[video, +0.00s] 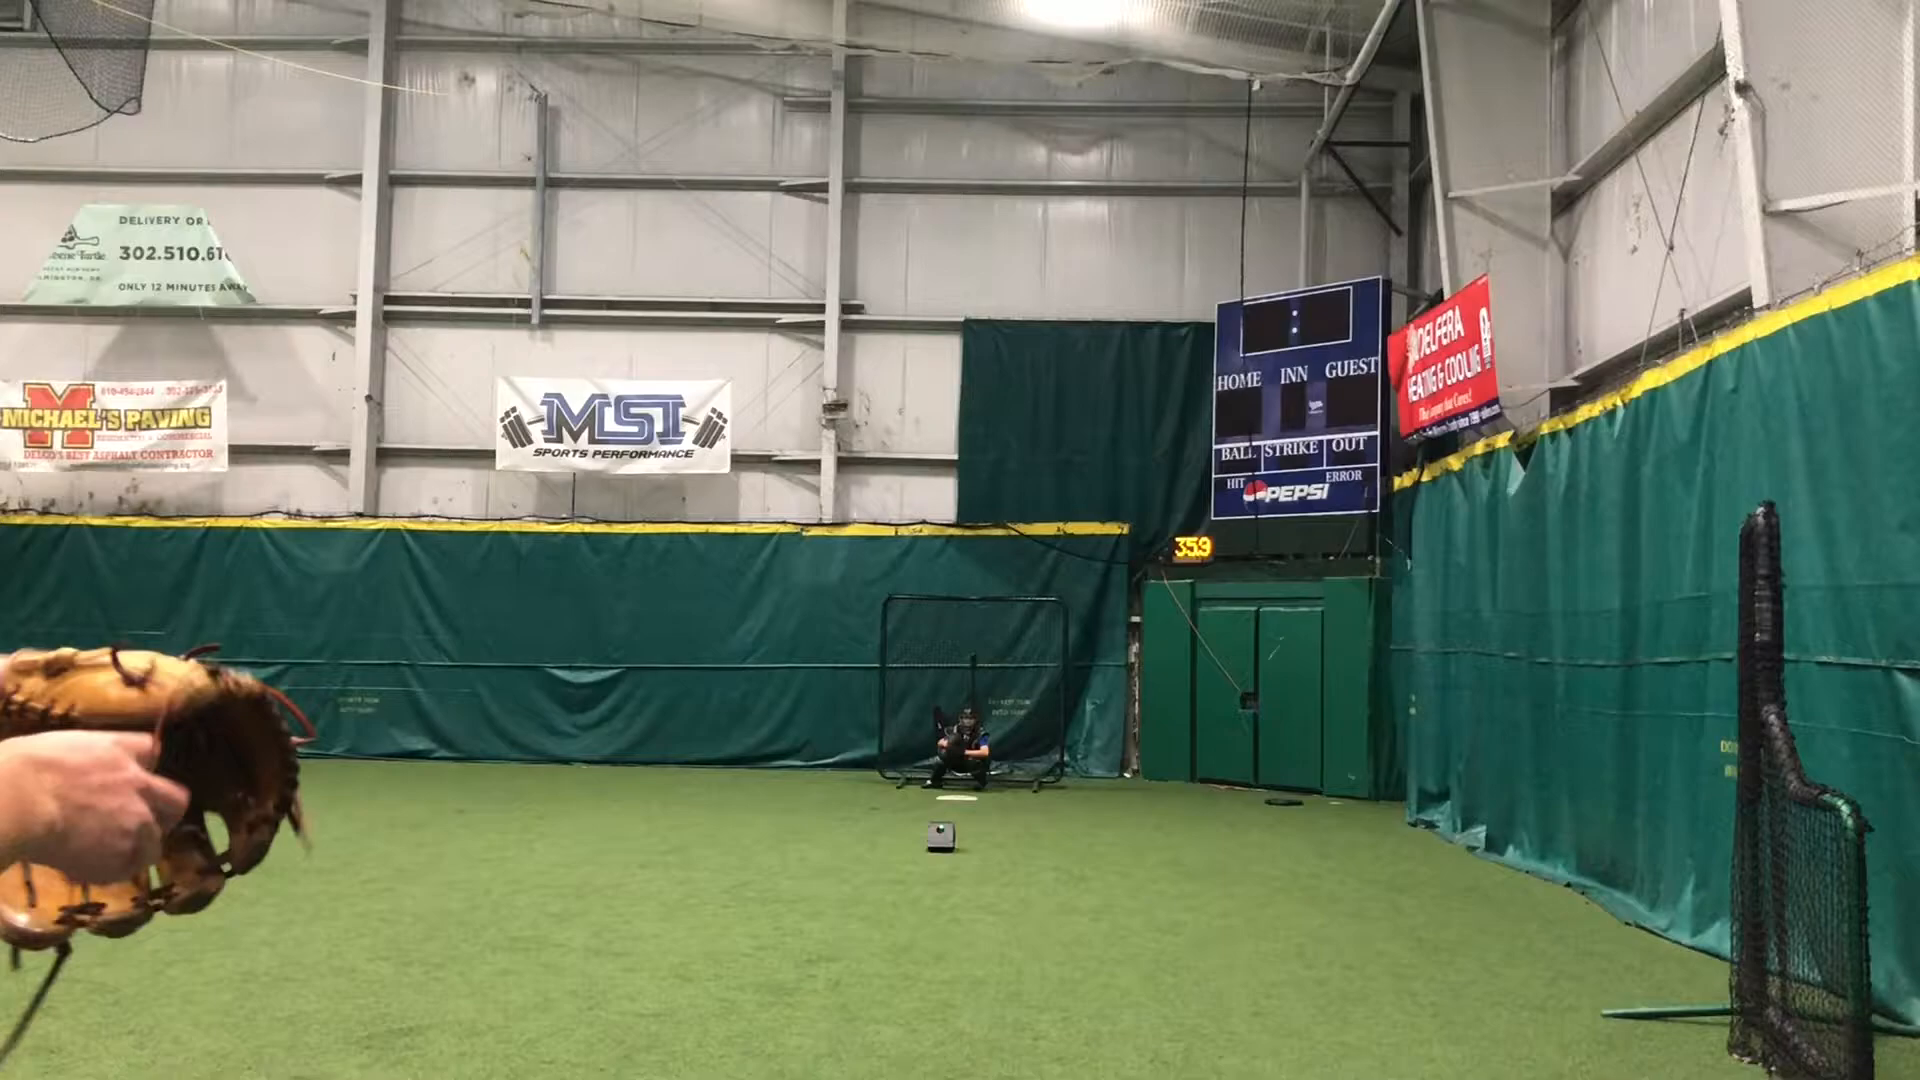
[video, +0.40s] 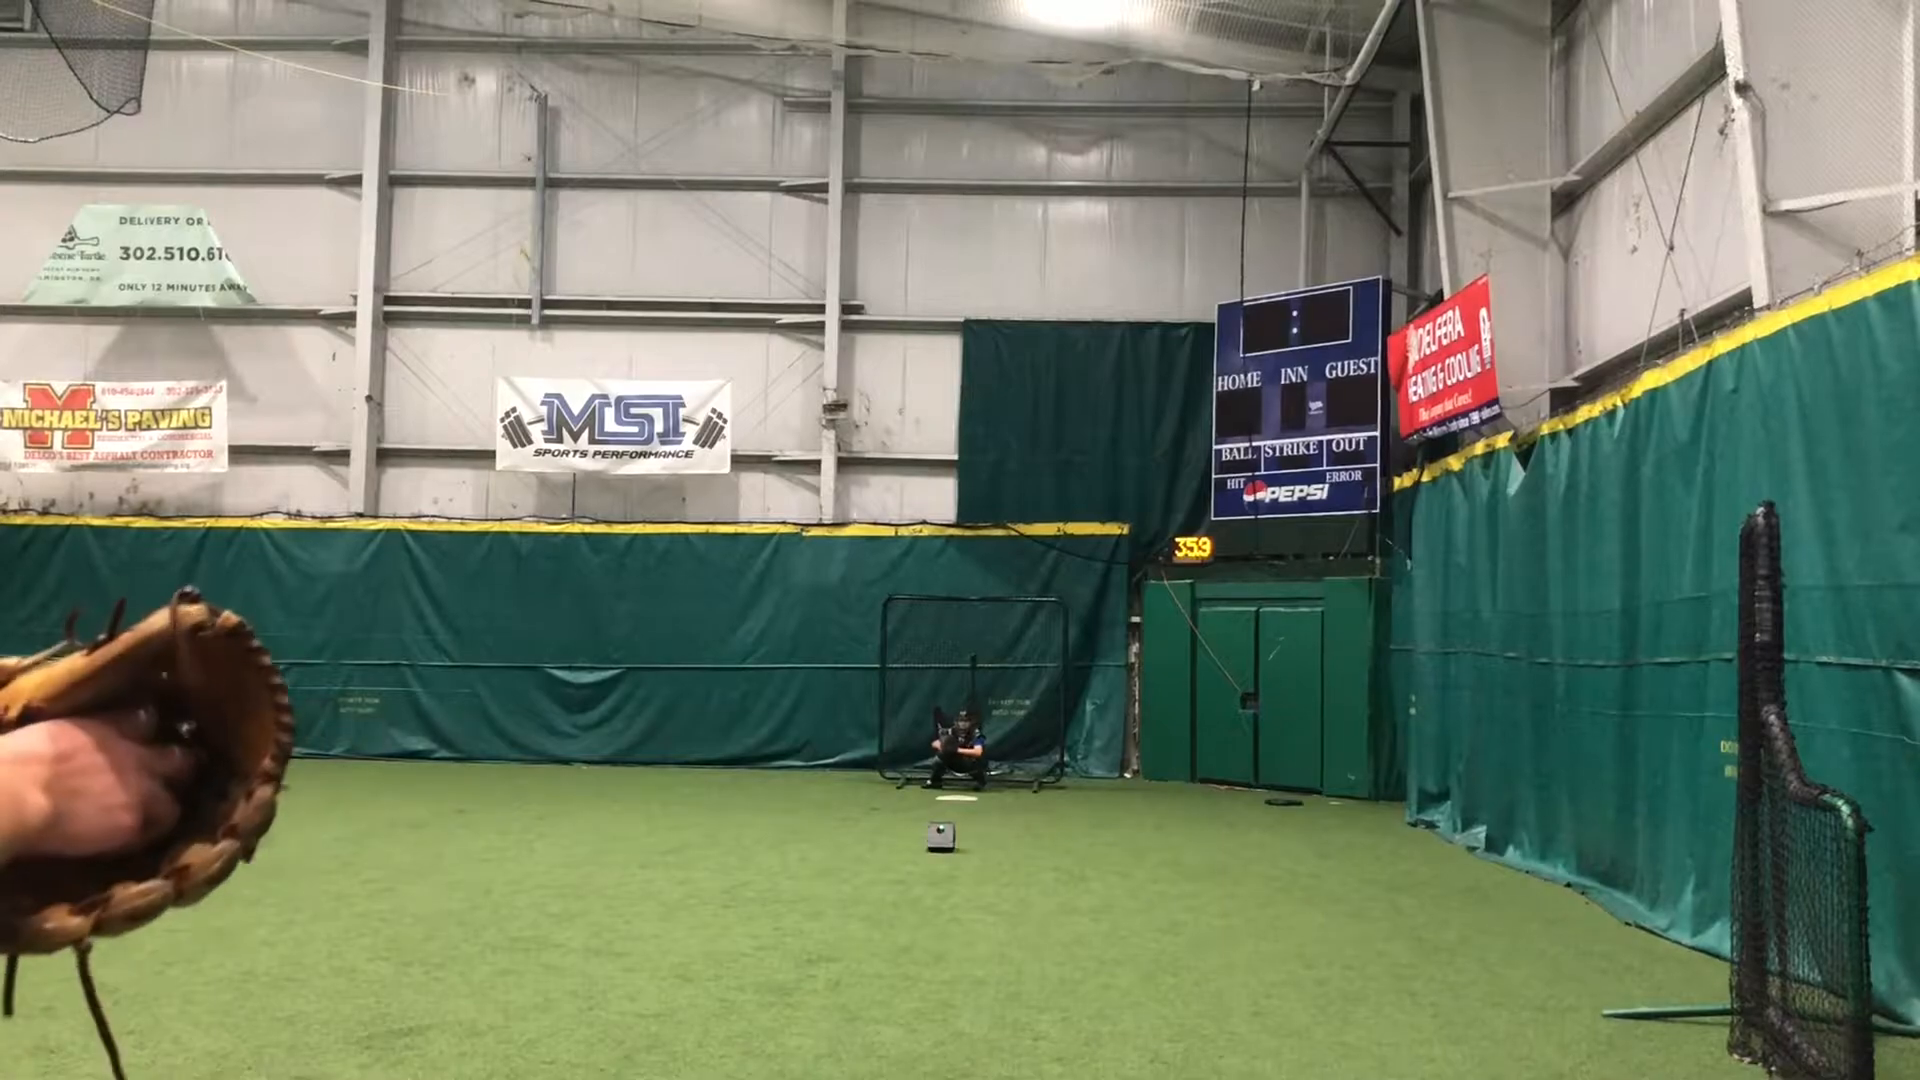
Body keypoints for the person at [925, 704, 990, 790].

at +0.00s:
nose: (967, 722)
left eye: (970, 719)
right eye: (964, 718)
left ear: (975, 720)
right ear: (960, 719)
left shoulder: (981, 734)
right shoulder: (955, 731)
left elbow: (985, 752)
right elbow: (941, 742)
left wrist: (964, 752)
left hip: (972, 761)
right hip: (955, 760)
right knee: (943, 757)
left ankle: (981, 783)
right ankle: (935, 781)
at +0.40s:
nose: (962, 725)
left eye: (966, 721)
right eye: (960, 721)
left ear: (971, 723)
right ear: (956, 723)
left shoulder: (976, 736)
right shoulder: (951, 733)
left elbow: (978, 752)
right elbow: (935, 743)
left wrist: (957, 750)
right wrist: (944, 748)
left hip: (970, 762)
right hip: (954, 760)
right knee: (940, 759)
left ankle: (981, 783)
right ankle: (935, 781)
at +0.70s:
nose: (959, 726)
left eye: (963, 723)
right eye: (957, 723)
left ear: (968, 723)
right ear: (954, 723)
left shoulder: (973, 733)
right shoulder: (951, 732)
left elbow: (975, 749)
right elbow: (943, 746)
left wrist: (955, 748)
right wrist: (931, 755)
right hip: (955, 757)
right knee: (941, 760)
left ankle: (981, 782)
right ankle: (935, 781)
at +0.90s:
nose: (958, 726)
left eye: (961, 722)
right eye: (956, 722)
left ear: (967, 723)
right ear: (952, 723)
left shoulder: (972, 733)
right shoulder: (950, 732)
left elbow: (974, 750)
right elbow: (944, 745)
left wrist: (955, 752)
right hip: (950, 756)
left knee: (963, 765)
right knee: (938, 763)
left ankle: (980, 781)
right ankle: (935, 781)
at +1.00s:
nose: (957, 727)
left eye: (960, 723)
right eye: (954, 723)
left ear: (966, 724)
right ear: (951, 724)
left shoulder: (972, 735)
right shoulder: (948, 733)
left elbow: (974, 752)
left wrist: (955, 754)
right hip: (948, 759)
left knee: (964, 766)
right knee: (937, 765)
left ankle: (980, 781)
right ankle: (935, 781)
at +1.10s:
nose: (957, 727)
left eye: (960, 723)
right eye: (954, 723)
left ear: (966, 724)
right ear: (951, 724)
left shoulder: (971, 735)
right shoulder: (949, 734)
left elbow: (974, 752)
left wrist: (957, 755)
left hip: (964, 761)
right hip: (949, 759)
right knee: (937, 766)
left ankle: (980, 782)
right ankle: (935, 781)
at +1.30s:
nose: (957, 726)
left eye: (960, 723)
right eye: (955, 723)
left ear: (966, 724)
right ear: (951, 723)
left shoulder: (971, 735)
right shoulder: (949, 733)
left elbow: (976, 754)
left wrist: (960, 758)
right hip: (949, 758)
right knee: (937, 763)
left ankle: (980, 781)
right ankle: (935, 781)